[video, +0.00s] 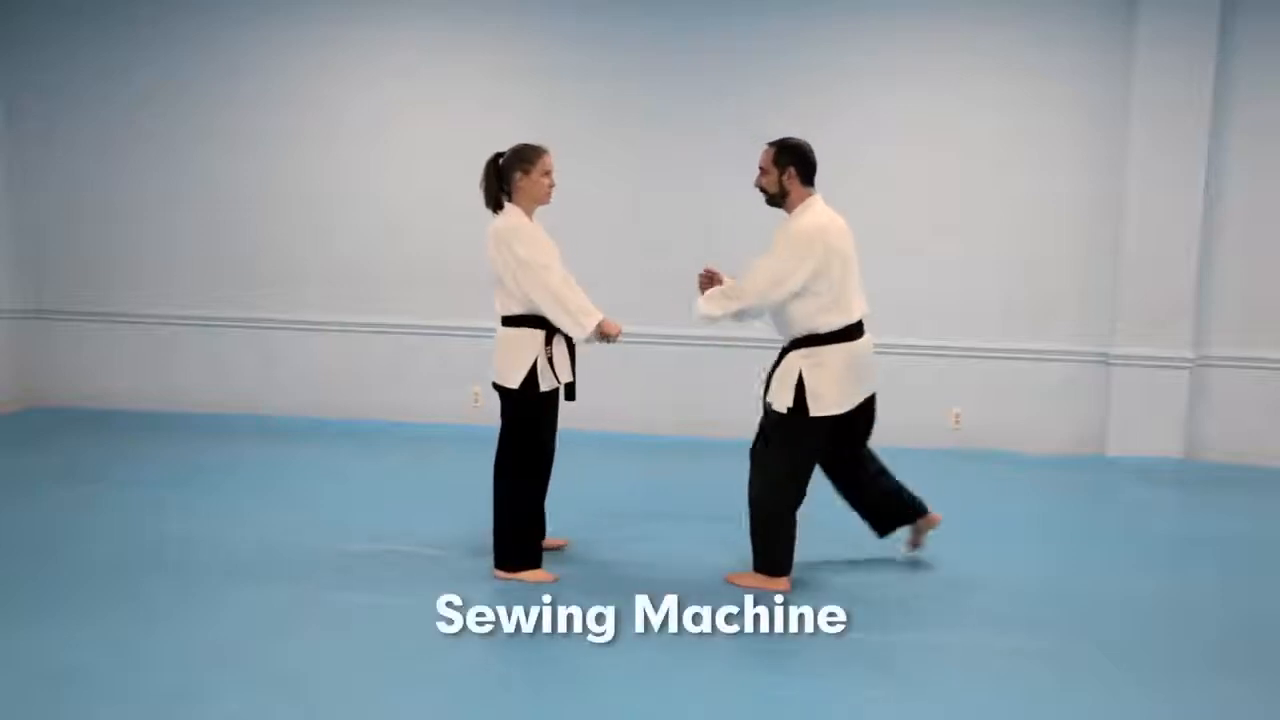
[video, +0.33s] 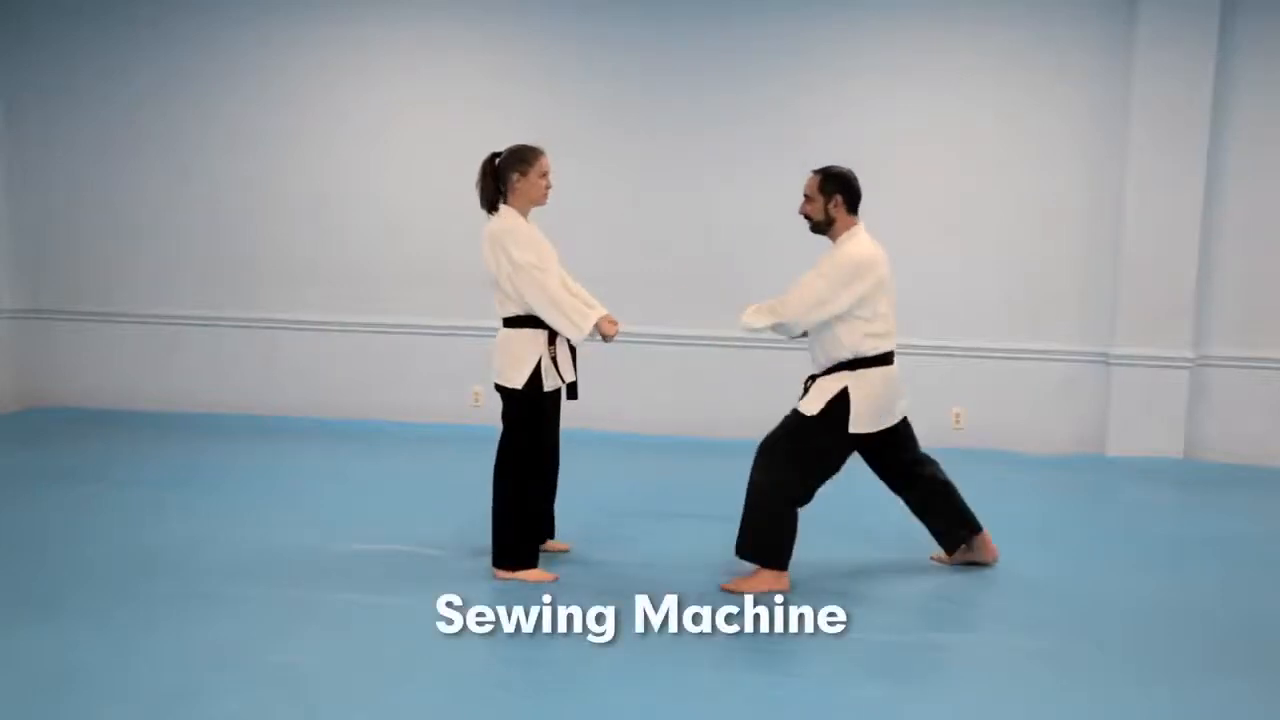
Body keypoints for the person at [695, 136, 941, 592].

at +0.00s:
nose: (757, 179)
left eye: (763, 172)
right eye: (758, 171)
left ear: (789, 175)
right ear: (795, 176)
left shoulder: (802, 229)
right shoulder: (829, 221)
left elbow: (760, 292)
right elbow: (787, 292)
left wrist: (712, 298)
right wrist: (731, 289)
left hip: (814, 368)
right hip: (851, 361)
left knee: (774, 466)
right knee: (842, 452)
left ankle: (771, 572)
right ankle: (915, 515)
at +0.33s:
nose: (801, 207)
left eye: (808, 199)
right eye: (803, 199)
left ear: (836, 203)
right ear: (839, 204)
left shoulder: (850, 255)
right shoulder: (864, 249)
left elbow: (796, 314)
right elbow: (817, 318)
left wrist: (752, 316)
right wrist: (788, 324)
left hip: (848, 389)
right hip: (876, 384)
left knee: (777, 460)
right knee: (908, 466)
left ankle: (771, 570)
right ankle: (972, 542)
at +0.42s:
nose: (806, 209)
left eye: (814, 201)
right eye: (808, 200)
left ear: (841, 205)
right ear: (844, 207)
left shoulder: (853, 258)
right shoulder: (868, 253)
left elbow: (801, 314)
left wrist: (752, 321)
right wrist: (794, 326)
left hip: (848, 392)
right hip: (875, 387)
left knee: (775, 457)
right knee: (908, 469)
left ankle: (769, 570)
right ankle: (973, 544)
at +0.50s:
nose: (809, 211)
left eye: (816, 203)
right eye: (811, 202)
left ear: (844, 209)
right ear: (847, 210)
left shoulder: (853, 263)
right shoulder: (874, 258)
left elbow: (803, 319)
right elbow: (903, 312)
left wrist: (755, 321)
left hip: (844, 396)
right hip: (875, 391)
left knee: (772, 458)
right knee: (906, 471)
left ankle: (768, 570)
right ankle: (973, 545)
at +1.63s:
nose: (764, 202)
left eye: (771, 194)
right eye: (765, 194)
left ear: (797, 198)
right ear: (804, 198)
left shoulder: (805, 248)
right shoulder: (842, 243)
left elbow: (743, 305)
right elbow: (874, 299)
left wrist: (720, 316)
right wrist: (838, 337)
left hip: (801, 386)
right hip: (838, 381)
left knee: (750, 473)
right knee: (836, 470)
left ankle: (776, 578)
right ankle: (917, 525)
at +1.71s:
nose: (743, 201)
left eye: (749, 192)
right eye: (744, 191)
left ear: (776, 195)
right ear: (785, 196)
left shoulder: (780, 246)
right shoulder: (827, 240)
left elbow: (723, 304)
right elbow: (857, 291)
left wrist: (704, 322)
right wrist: (824, 329)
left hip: (785, 381)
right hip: (823, 377)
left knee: (741, 473)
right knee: (780, 462)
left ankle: (774, 578)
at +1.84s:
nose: (712, 200)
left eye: (718, 191)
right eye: (713, 190)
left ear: (745, 195)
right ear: (753, 195)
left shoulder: (750, 244)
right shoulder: (797, 239)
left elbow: (700, 308)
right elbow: (825, 293)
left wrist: (679, 331)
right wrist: (790, 331)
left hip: (762, 379)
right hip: (793, 374)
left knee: (737, 482)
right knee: (696, 421)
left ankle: (774, 578)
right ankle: (701, 523)